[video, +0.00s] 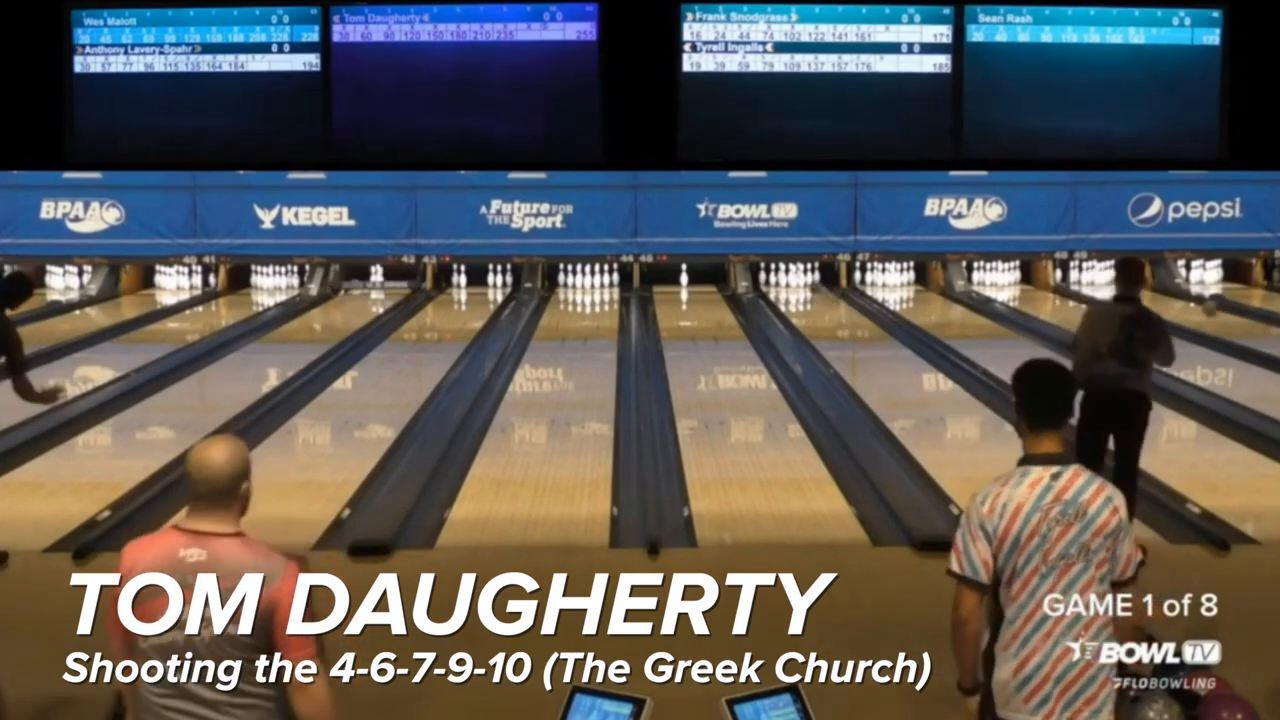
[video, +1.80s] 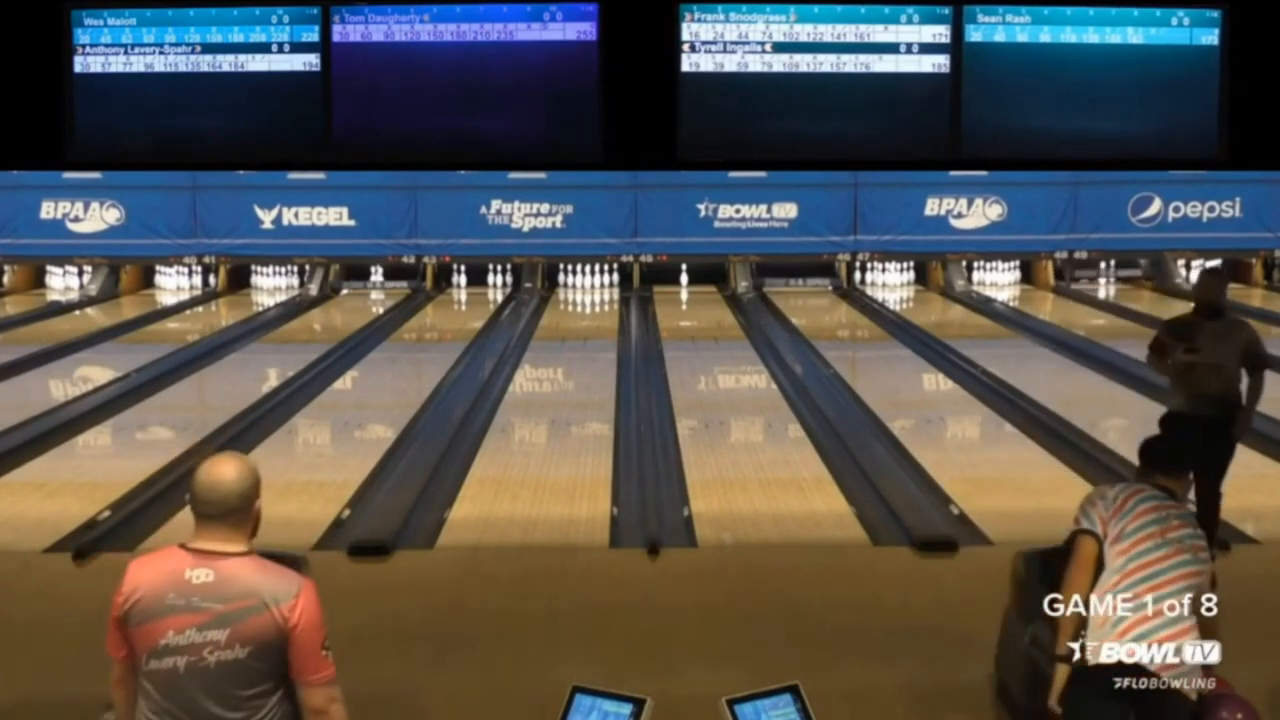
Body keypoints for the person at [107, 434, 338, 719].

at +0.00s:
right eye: (250, 482)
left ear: (188, 485)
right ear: (245, 492)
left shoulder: (136, 557)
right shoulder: (279, 573)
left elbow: (124, 665)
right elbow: (305, 685)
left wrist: (134, 713)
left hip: (157, 712)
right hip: (248, 713)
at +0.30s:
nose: (217, 489)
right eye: (217, 483)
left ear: (151, 486)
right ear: (211, 492)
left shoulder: (105, 559)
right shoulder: (249, 569)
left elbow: (91, 657)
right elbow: (274, 683)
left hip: (133, 712)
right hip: (223, 712)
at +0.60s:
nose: (190, 490)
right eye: (189, 482)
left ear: (121, 493)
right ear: (183, 492)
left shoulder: (79, 569)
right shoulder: (225, 567)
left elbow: (67, 685)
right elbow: (259, 681)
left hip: (108, 713)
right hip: (202, 713)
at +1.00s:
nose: (220, 493)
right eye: (219, 486)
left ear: (149, 495)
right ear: (213, 496)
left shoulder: (99, 575)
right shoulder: (259, 573)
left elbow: (70, 687)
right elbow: (294, 681)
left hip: (134, 711)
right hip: (234, 712)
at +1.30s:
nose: (247, 503)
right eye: (247, 497)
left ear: (178, 503)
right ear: (240, 505)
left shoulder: (127, 582)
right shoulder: (285, 581)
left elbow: (107, 701)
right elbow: (324, 689)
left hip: (159, 711)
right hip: (257, 711)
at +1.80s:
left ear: (190, 506)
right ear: (256, 510)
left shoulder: (138, 576)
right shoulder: (292, 593)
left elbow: (122, 682)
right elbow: (321, 705)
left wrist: (127, 716)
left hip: (158, 714)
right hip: (257, 714)